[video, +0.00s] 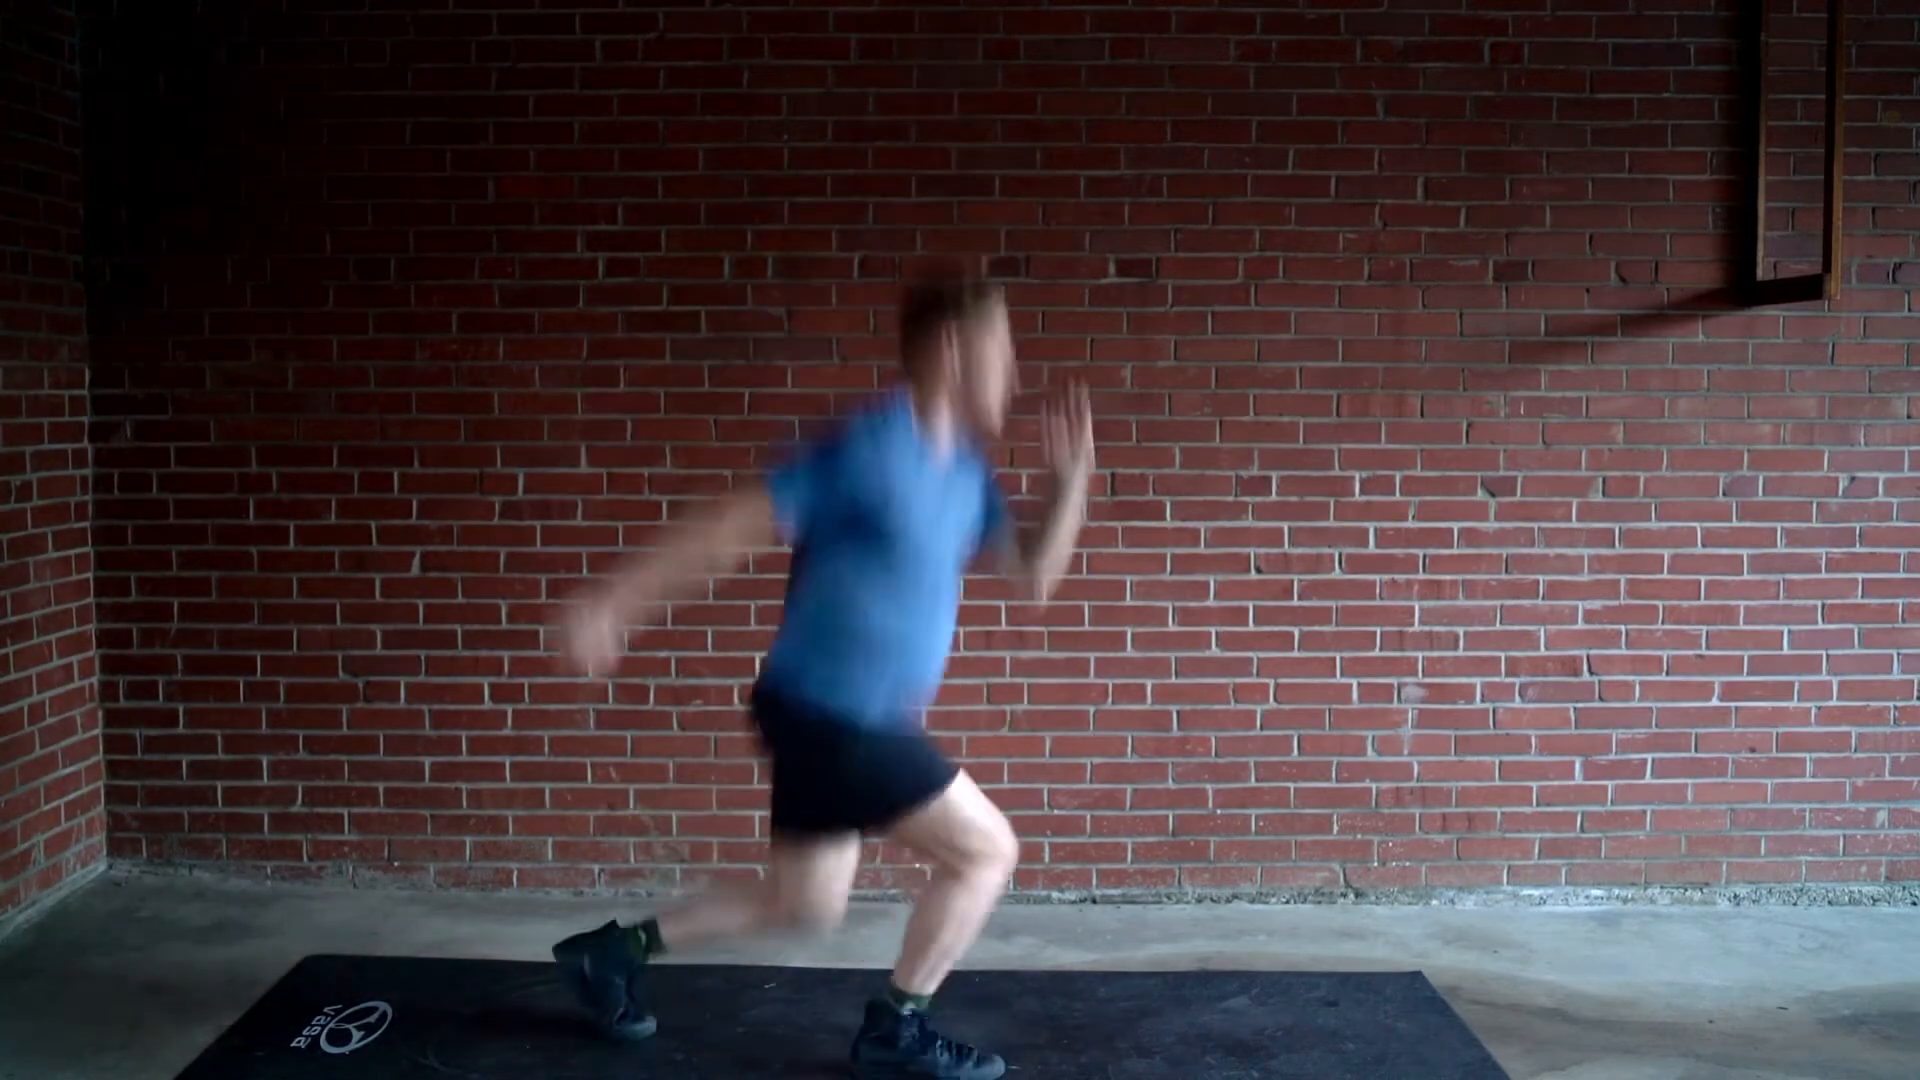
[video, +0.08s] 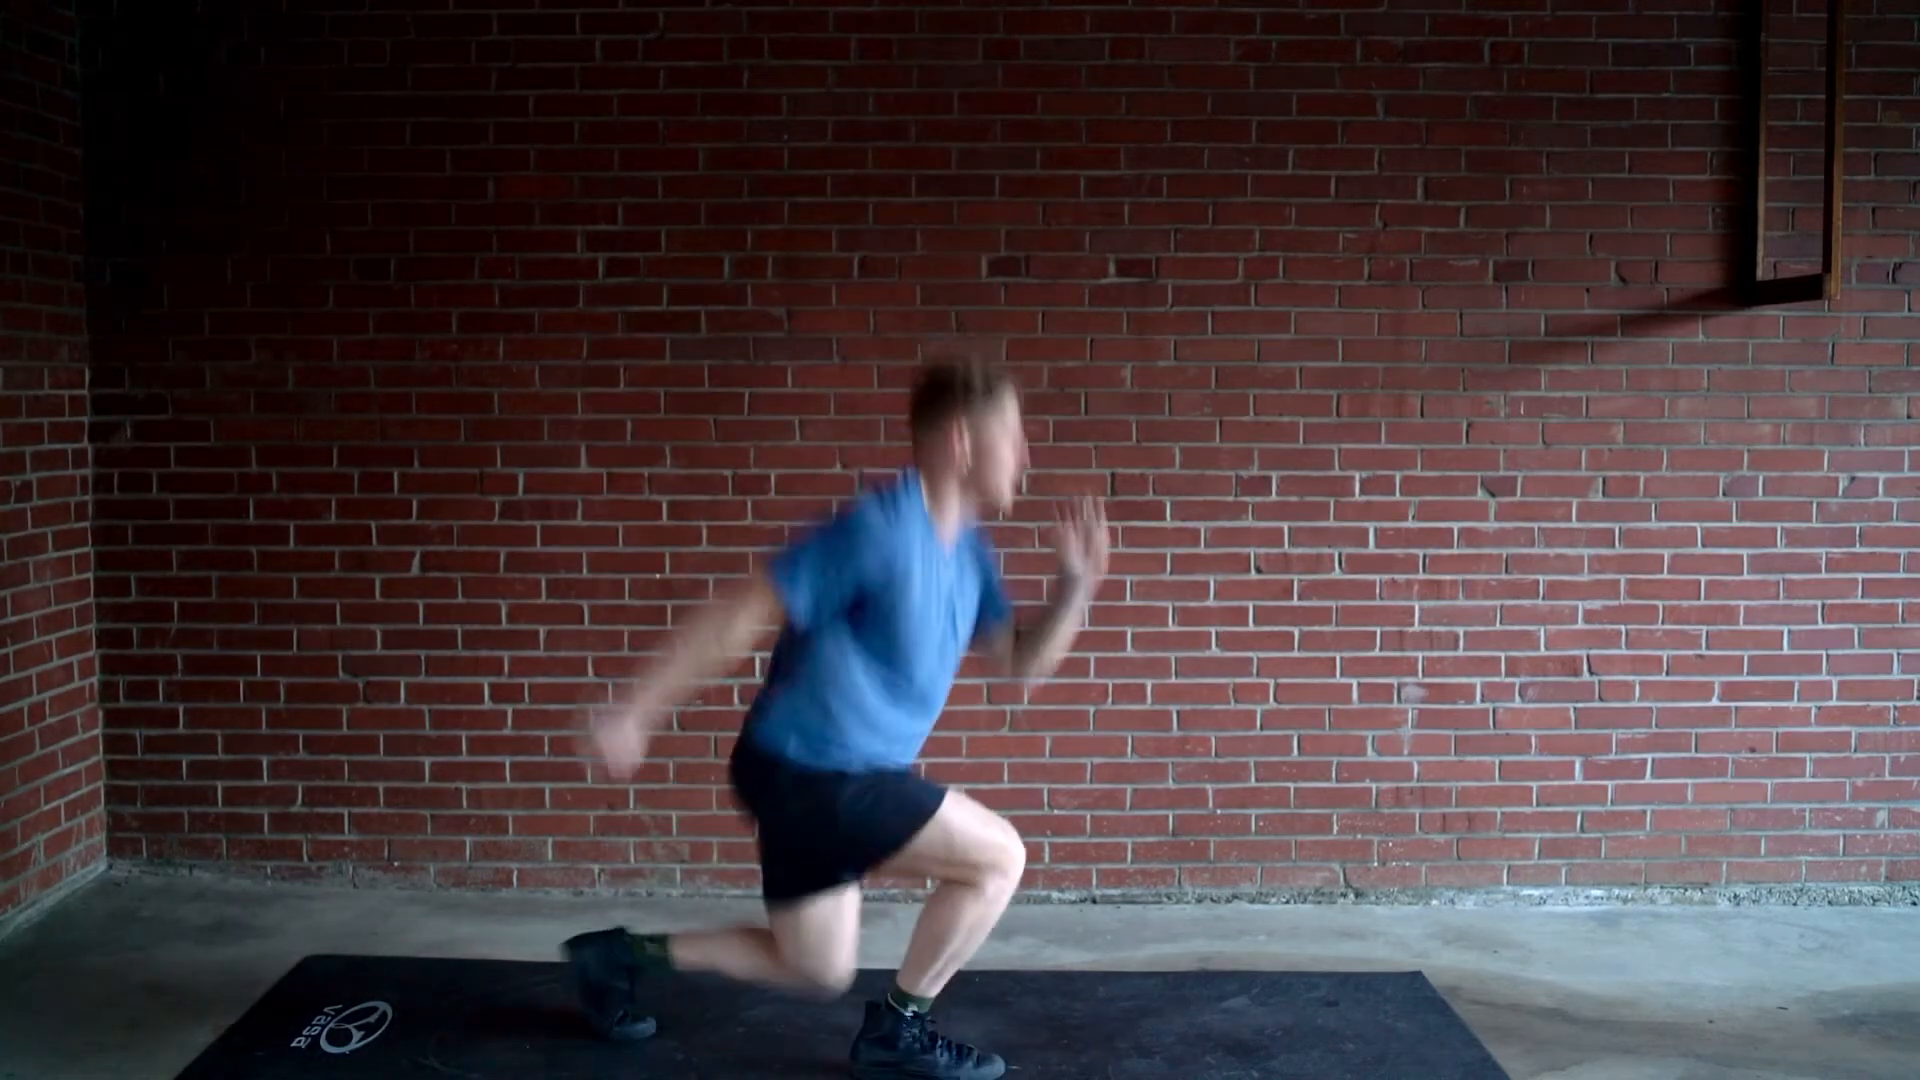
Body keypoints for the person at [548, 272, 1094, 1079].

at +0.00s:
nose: (1009, 363)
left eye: (1008, 342)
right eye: (994, 343)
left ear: (985, 349)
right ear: (942, 348)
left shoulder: (968, 467)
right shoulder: (869, 445)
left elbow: (1035, 578)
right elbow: (734, 524)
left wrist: (1072, 481)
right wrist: (611, 603)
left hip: (867, 713)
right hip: (818, 710)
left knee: (806, 903)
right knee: (985, 850)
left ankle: (617, 949)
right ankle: (897, 1027)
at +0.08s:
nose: (1024, 450)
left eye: (1021, 432)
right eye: (1012, 431)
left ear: (971, 445)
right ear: (959, 442)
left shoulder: (968, 550)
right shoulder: (876, 530)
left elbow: (1022, 666)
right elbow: (746, 609)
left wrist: (1076, 589)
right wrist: (636, 711)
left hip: (846, 773)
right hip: (802, 771)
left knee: (819, 964)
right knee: (996, 857)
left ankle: (626, 955)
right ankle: (898, 1029)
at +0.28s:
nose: (1023, 533)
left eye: (1020, 517)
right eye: (1012, 517)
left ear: (965, 529)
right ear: (962, 526)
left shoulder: (960, 622)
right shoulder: (881, 609)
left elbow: (1004, 736)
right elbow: (748, 693)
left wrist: (1066, 663)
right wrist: (637, 793)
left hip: (822, 820)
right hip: (786, 825)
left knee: (829, 1004)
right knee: (994, 856)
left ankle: (645, 956)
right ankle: (898, 1031)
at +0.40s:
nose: (1010, 485)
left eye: (1006, 467)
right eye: (997, 467)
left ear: (951, 485)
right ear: (946, 481)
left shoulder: (954, 577)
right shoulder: (884, 568)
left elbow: (1010, 688)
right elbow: (751, 659)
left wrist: (1062, 607)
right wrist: (643, 761)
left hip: (826, 794)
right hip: (787, 797)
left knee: (824, 982)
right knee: (994, 854)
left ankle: (635, 956)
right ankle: (898, 1029)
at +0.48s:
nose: (994, 423)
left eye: (989, 405)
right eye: (980, 406)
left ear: (936, 423)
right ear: (932, 421)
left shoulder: (951, 526)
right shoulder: (884, 511)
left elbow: (1015, 625)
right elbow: (756, 604)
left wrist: (1060, 536)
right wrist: (665, 720)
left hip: (830, 757)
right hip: (797, 756)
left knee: (809, 948)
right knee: (993, 849)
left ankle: (616, 954)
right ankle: (898, 1028)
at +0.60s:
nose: (963, 292)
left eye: (960, 275)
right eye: (944, 275)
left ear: (943, 288)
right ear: (898, 289)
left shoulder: (942, 392)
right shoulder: (881, 382)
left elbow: (1001, 473)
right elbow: (777, 457)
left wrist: (1052, 410)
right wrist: (749, 605)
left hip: (840, 662)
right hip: (841, 665)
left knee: (776, 837)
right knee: (964, 831)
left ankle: (614, 945)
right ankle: (896, 1025)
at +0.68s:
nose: (951, 193)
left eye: (950, 176)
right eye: (935, 175)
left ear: (928, 190)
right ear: (886, 187)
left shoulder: (922, 284)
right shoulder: (870, 274)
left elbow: (934, 383)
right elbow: (797, 395)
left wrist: (1035, 388)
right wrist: (845, 519)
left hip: (853, 543)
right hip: (844, 548)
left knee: (763, 731)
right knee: (871, 771)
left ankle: (669, 891)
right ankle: (901, 979)